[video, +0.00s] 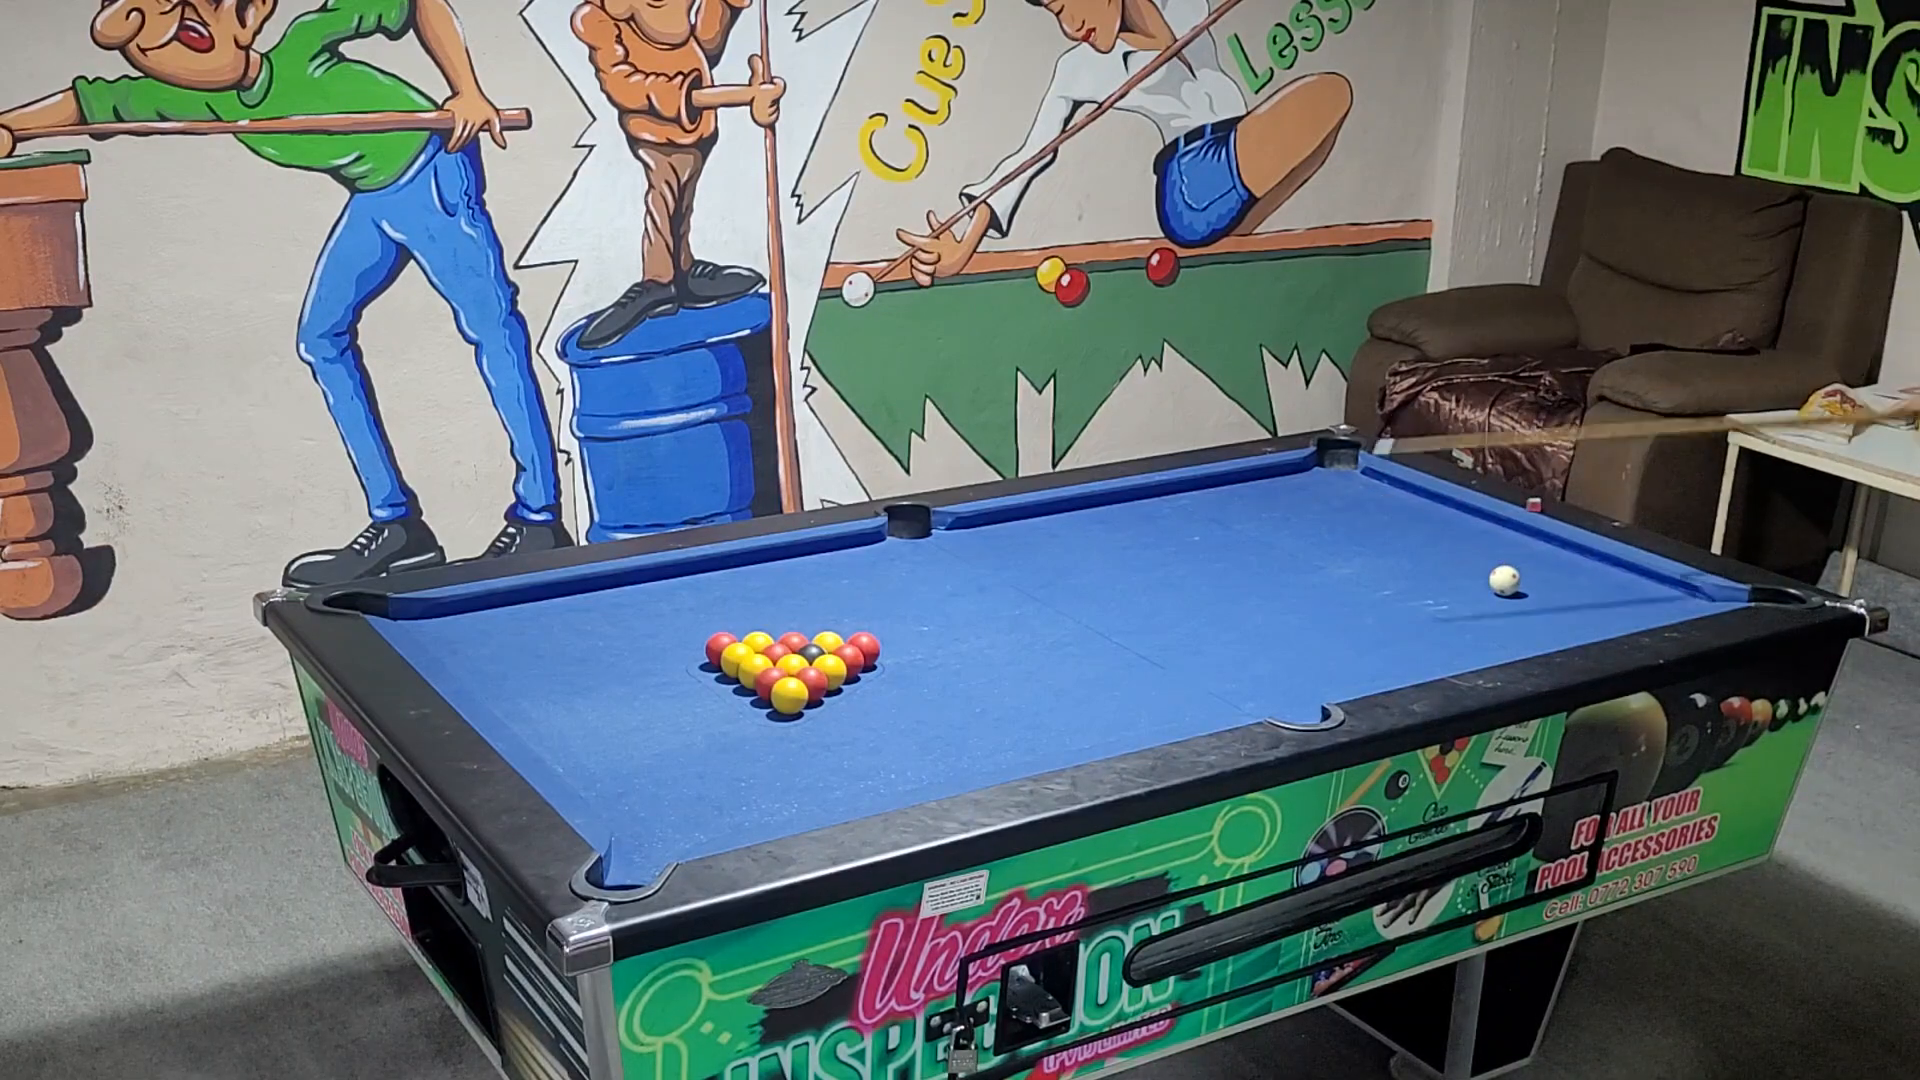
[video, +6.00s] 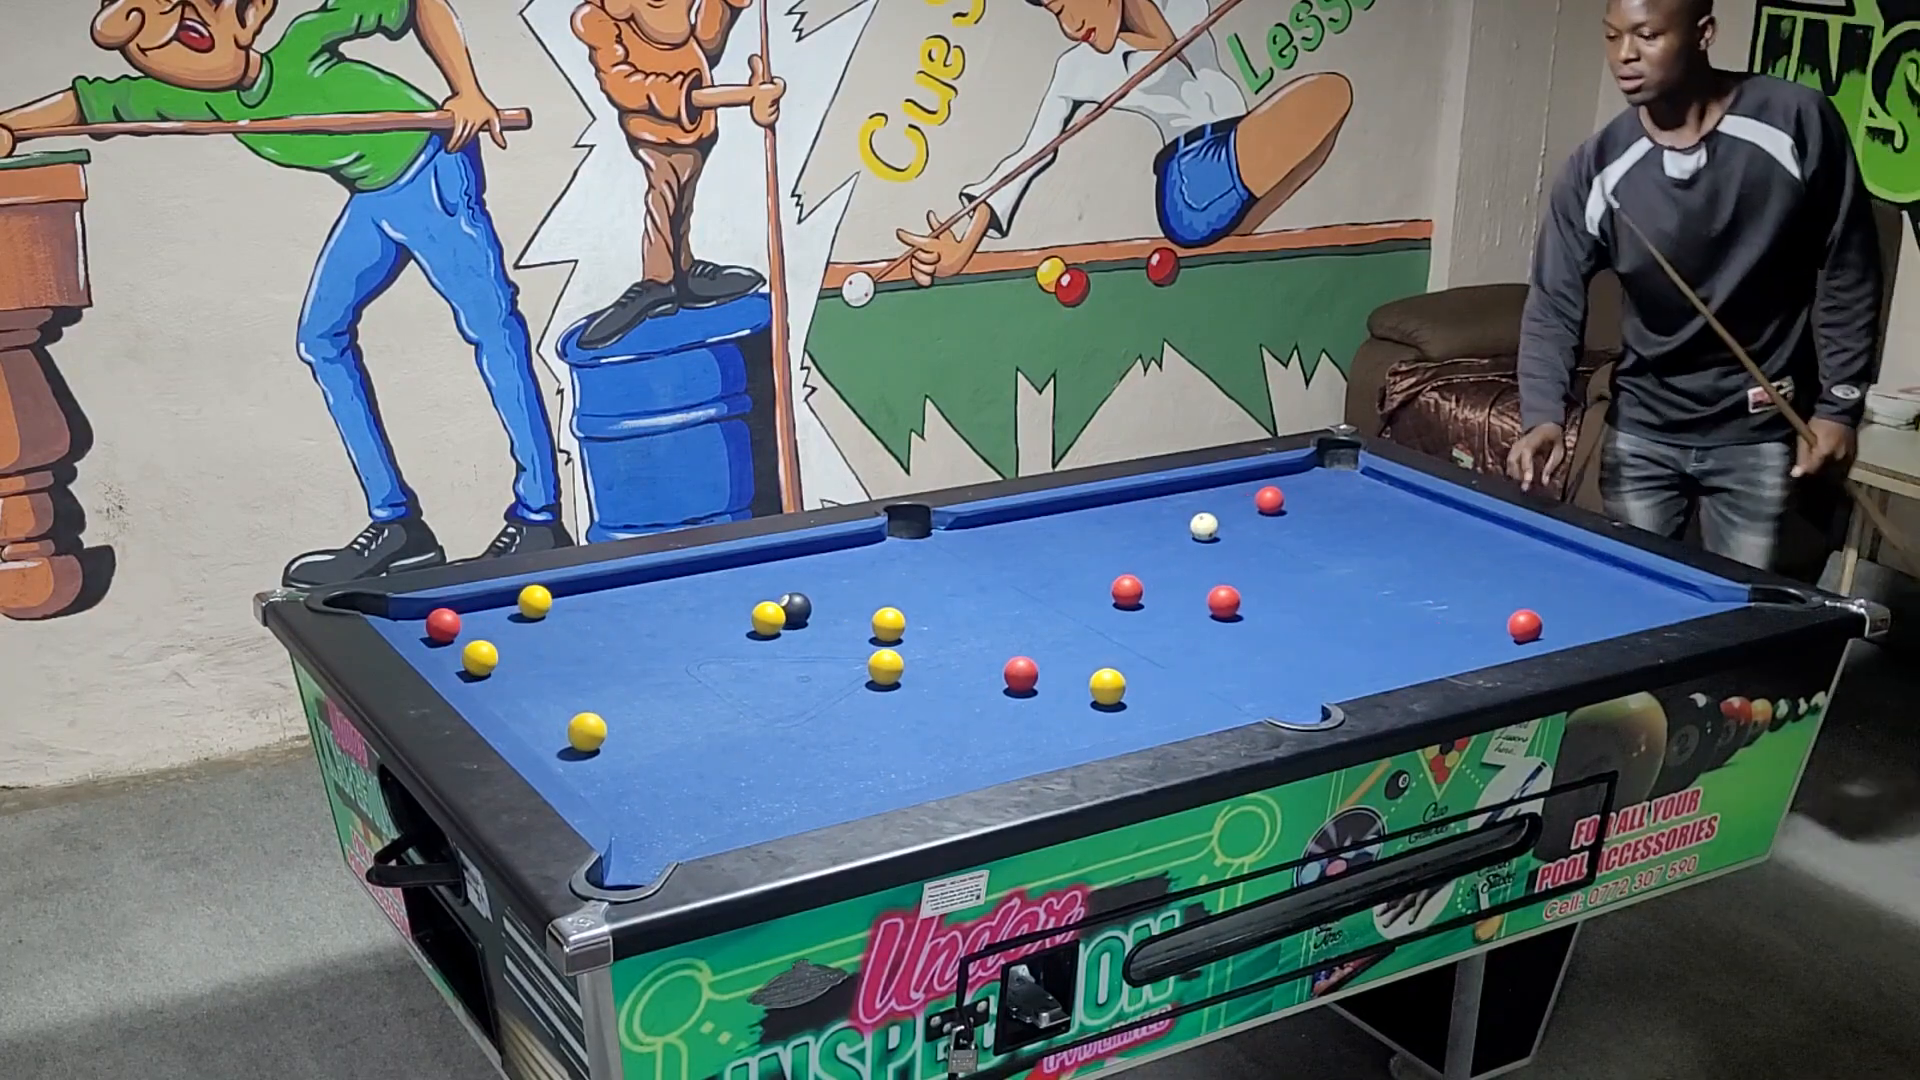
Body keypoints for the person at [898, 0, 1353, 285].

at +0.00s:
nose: (1070, 24)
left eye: (1070, 5)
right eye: (1057, 16)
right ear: (1056, 18)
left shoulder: (1175, 10)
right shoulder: (1077, 69)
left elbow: (1200, 58)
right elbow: (1028, 157)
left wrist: (1138, 14)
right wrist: (963, 246)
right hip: (1191, 185)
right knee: (1330, 91)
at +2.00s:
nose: (1069, 23)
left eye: (1071, 4)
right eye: (1056, 15)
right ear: (1055, 18)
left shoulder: (1173, 10)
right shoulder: (1075, 69)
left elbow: (1196, 56)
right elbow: (1028, 156)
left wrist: (1141, 15)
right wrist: (964, 245)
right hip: (1194, 173)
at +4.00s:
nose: (1069, 24)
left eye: (1070, 5)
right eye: (1056, 15)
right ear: (1056, 18)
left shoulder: (1176, 10)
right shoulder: (1076, 69)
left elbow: (1196, 59)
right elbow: (1028, 157)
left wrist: (1139, 14)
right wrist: (963, 247)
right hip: (1191, 184)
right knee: (1331, 91)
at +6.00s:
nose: (1069, 23)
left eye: (1071, 4)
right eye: (1056, 15)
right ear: (1055, 18)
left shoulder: (1176, 10)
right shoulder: (1076, 68)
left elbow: (1196, 60)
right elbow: (1029, 156)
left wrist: (1139, 10)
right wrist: (964, 245)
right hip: (1195, 182)